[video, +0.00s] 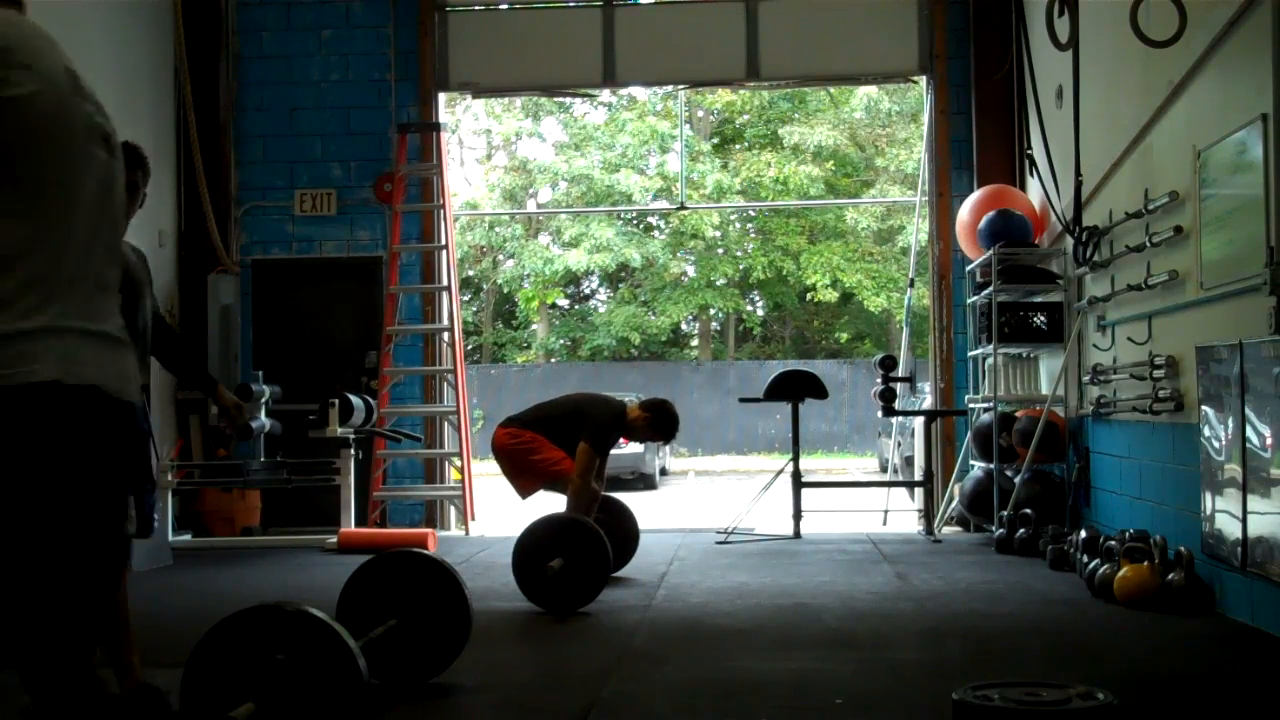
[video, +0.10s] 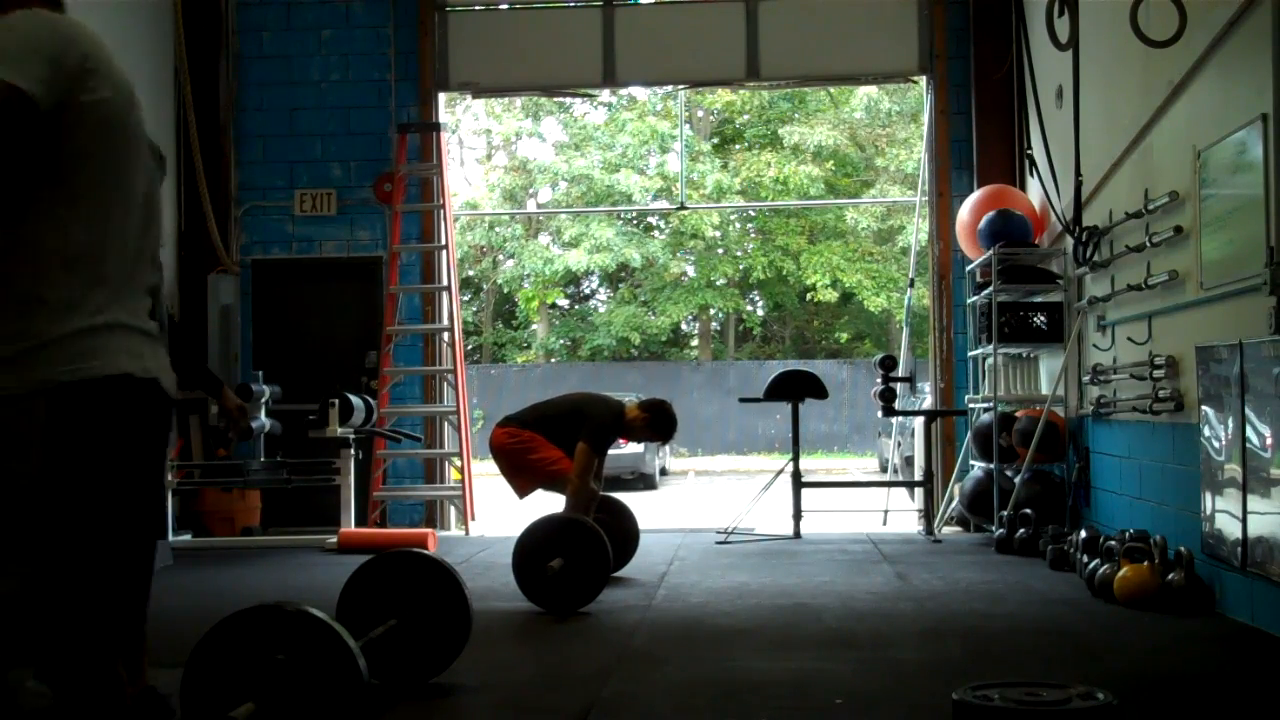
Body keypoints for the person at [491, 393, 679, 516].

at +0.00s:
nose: (642, 441)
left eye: (648, 441)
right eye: (648, 437)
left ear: (643, 414)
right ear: (644, 418)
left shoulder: (614, 421)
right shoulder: (607, 416)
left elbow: (596, 478)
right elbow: (580, 479)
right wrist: (570, 537)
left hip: (525, 437)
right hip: (515, 437)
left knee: (592, 489)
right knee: (583, 488)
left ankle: (580, 552)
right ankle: (569, 552)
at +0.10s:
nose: (640, 441)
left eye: (645, 441)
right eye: (645, 437)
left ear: (641, 414)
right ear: (642, 419)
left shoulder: (612, 420)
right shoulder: (605, 416)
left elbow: (594, 478)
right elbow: (579, 479)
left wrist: (586, 530)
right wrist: (569, 535)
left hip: (523, 436)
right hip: (513, 436)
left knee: (590, 488)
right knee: (581, 487)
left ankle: (579, 552)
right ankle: (566, 552)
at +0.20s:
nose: (637, 441)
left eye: (643, 441)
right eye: (642, 437)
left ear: (639, 414)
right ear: (640, 419)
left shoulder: (609, 420)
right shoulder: (603, 415)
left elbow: (592, 479)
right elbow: (578, 479)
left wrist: (584, 533)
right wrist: (568, 537)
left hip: (519, 435)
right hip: (510, 434)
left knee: (588, 488)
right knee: (580, 488)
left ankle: (579, 553)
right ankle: (565, 553)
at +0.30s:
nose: (632, 442)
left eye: (639, 441)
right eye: (639, 437)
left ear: (637, 414)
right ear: (638, 419)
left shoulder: (607, 420)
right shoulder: (601, 415)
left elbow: (591, 479)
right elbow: (578, 480)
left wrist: (585, 532)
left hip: (517, 430)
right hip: (507, 430)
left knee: (586, 486)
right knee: (576, 486)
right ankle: (559, 551)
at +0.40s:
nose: (629, 444)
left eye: (636, 443)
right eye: (635, 438)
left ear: (634, 415)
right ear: (634, 418)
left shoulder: (605, 419)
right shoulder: (599, 413)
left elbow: (592, 479)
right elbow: (578, 478)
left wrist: (584, 528)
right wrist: (572, 535)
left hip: (513, 423)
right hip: (505, 422)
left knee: (575, 483)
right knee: (569, 482)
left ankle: (555, 547)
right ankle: (557, 548)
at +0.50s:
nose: (628, 442)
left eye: (635, 441)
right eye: (635, 436)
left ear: (633, 413)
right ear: (634, 416)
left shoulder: (605, 418)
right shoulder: (599, 413)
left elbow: (593, 479)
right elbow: (578, 478)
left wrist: (585, 529)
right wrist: (570, 534)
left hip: (512, 412)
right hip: (505, 412)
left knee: (560, 482)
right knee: (561, 481)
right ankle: (552, 551)